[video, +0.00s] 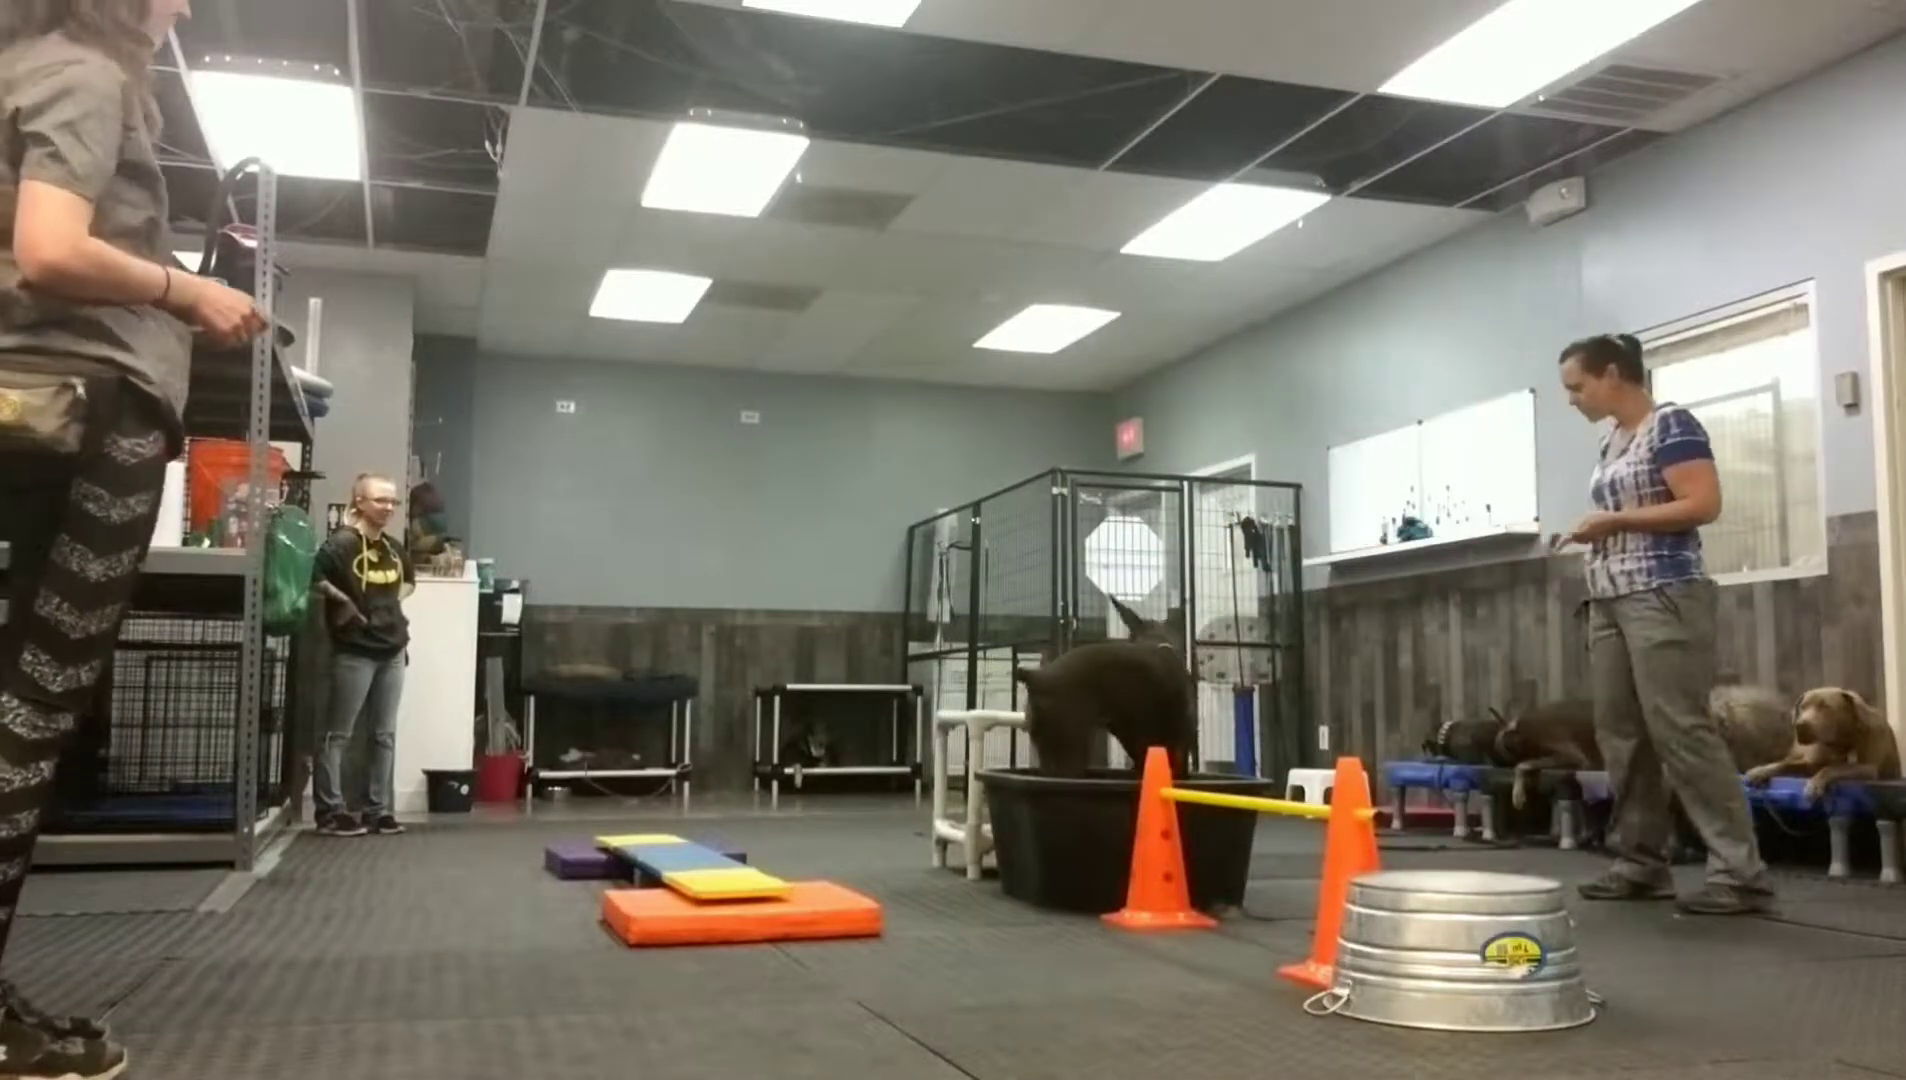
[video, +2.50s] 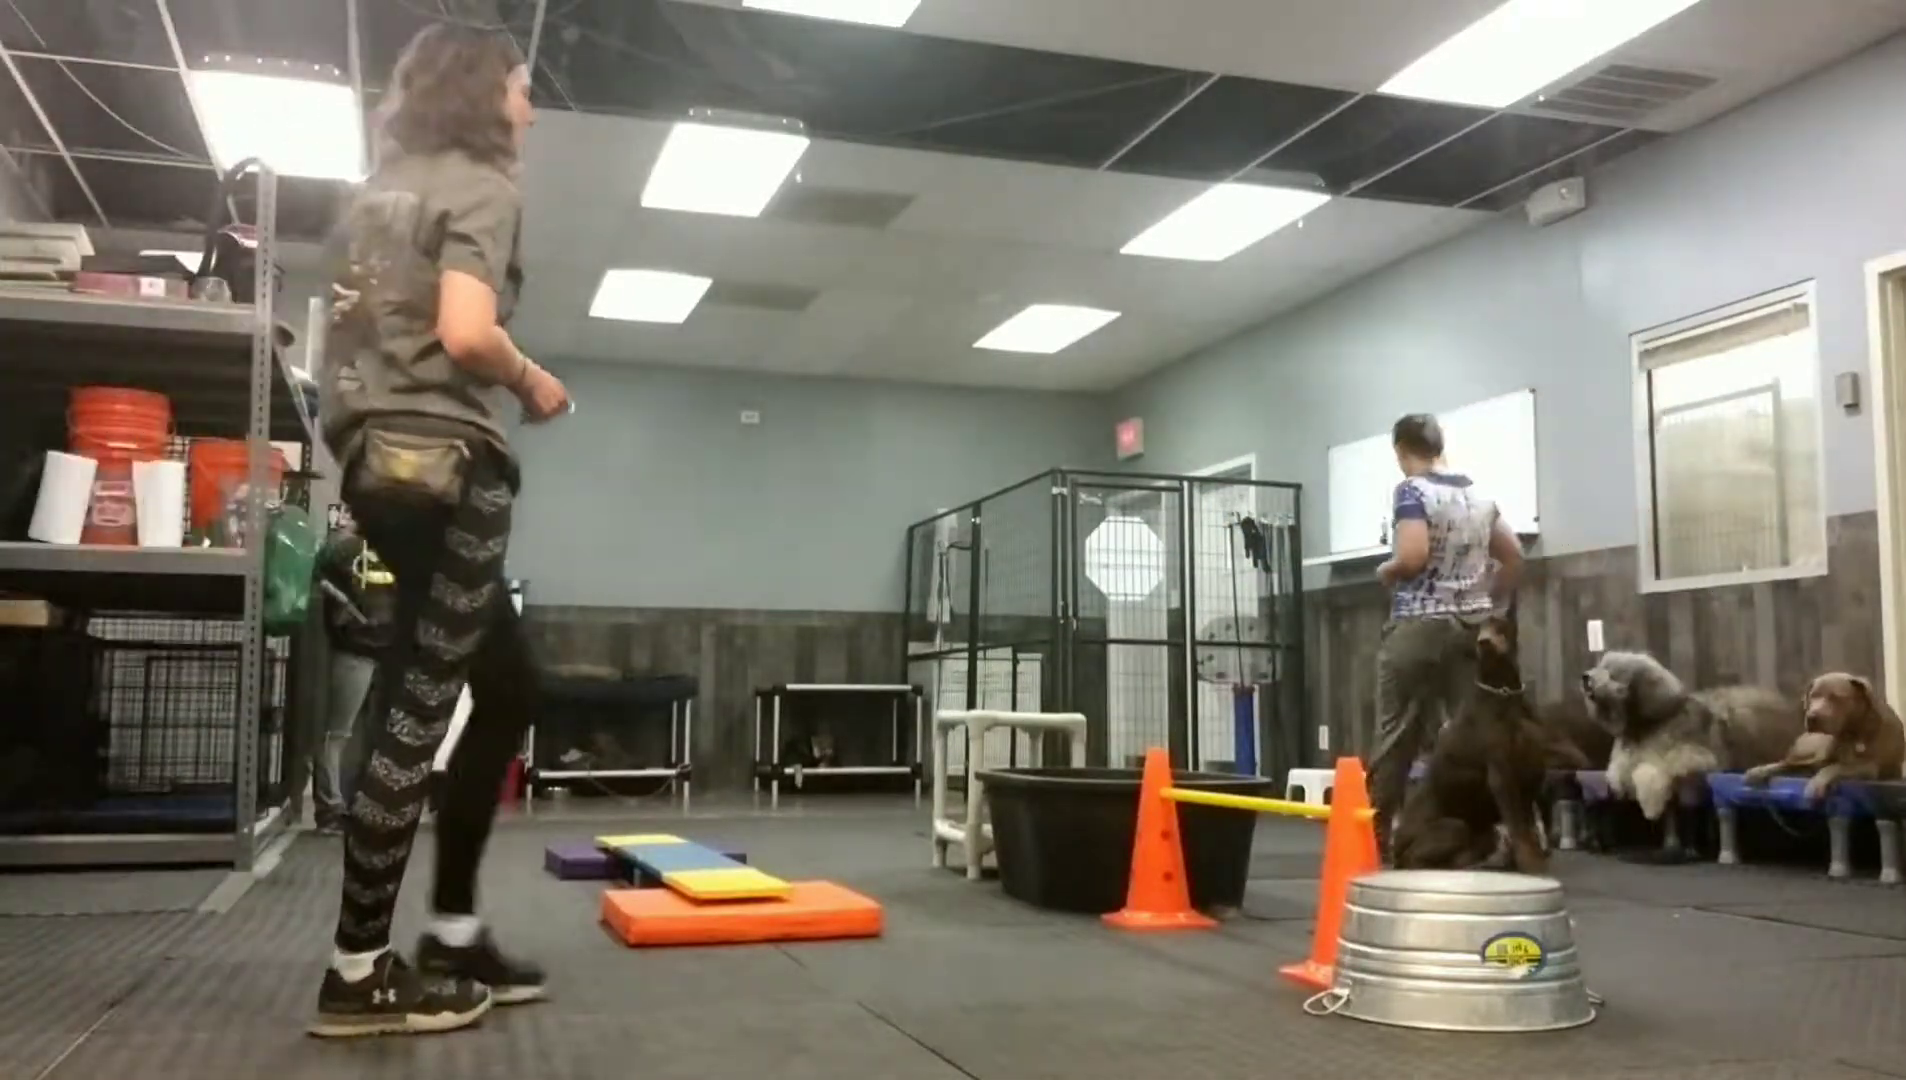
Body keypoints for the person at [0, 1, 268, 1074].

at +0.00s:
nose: (177, 14)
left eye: (179, 6)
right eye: (169, 1)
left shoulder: (44, 61)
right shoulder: (86, 68)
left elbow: (48, 249)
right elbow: (50, 249)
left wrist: (170, 282)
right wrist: (187, 289)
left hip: (52, 438)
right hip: (77, 442)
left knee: (38, 709)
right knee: (38, 713)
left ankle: (6, 1010)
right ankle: (2, 1014)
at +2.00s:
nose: (200, 38)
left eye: (202, 19)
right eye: (191, 14)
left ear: (95, 19)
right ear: (136, 15)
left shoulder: (48, 104)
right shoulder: (98, 109)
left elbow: (56, 274)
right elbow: (46, 274)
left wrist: (172, 308)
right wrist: (180, 315)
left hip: (35, 432)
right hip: (97, 437)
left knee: (30, 712)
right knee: (209, 673)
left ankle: (37, 972)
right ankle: (51, 936)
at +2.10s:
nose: (222, 44)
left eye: (224, 24)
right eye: (212, 21)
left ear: (118, 28)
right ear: (158, 24)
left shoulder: (49, 118)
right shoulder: (126, 116)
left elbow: (52, 282)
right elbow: (69, 277)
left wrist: (188, 313)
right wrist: (197, 322)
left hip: (29, 438)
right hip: (115, 441)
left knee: (26, 720)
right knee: (238, 680)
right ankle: (207, 971)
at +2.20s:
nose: (271, 68)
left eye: (269, 50)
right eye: (262, 47)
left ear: (172, 52)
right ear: (212, 48)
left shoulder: (108, 144)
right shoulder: (185, 142)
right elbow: (140, 296)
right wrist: (260, 345)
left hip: (91, 453)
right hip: (168, 455)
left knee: (37, 715)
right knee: (279, 703)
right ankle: (337, 962)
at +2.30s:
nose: (350, 85)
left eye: (347, 64)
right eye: (342, 64)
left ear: (242, 74)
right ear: (304, 70)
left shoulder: (194, 166)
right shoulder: (279, 163)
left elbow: (172, 323)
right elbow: (248, 316)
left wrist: (325, 373)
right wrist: (358, 361)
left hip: (192, 457)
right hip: (274, 458)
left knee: (124, 714)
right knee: (362, 702)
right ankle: (357, 970)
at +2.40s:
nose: (441, 90)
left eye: (438, 71)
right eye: (429, 70)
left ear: (332, 78)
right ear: (380, 73)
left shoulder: (283, 175)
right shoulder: (388, 166)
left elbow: (271, 319)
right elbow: (370, 318)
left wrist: (383, 352)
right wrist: (458, 356)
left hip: (299, 449)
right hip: (373, 449)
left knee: (327, 722)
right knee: (394, 718)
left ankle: (134, 890)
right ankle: (363, 970)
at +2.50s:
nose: (531, 112)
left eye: (528, 93)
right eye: (523, 92)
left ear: (427, 95)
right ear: (487, 94)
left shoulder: (380, 185)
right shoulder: (482, 184)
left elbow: (355, 323)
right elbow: (465, 332)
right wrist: (529, 377)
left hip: (372, 453)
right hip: (443, 459)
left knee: (508, 691)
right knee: (413, 713)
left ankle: (453, 933)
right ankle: (358, 968)